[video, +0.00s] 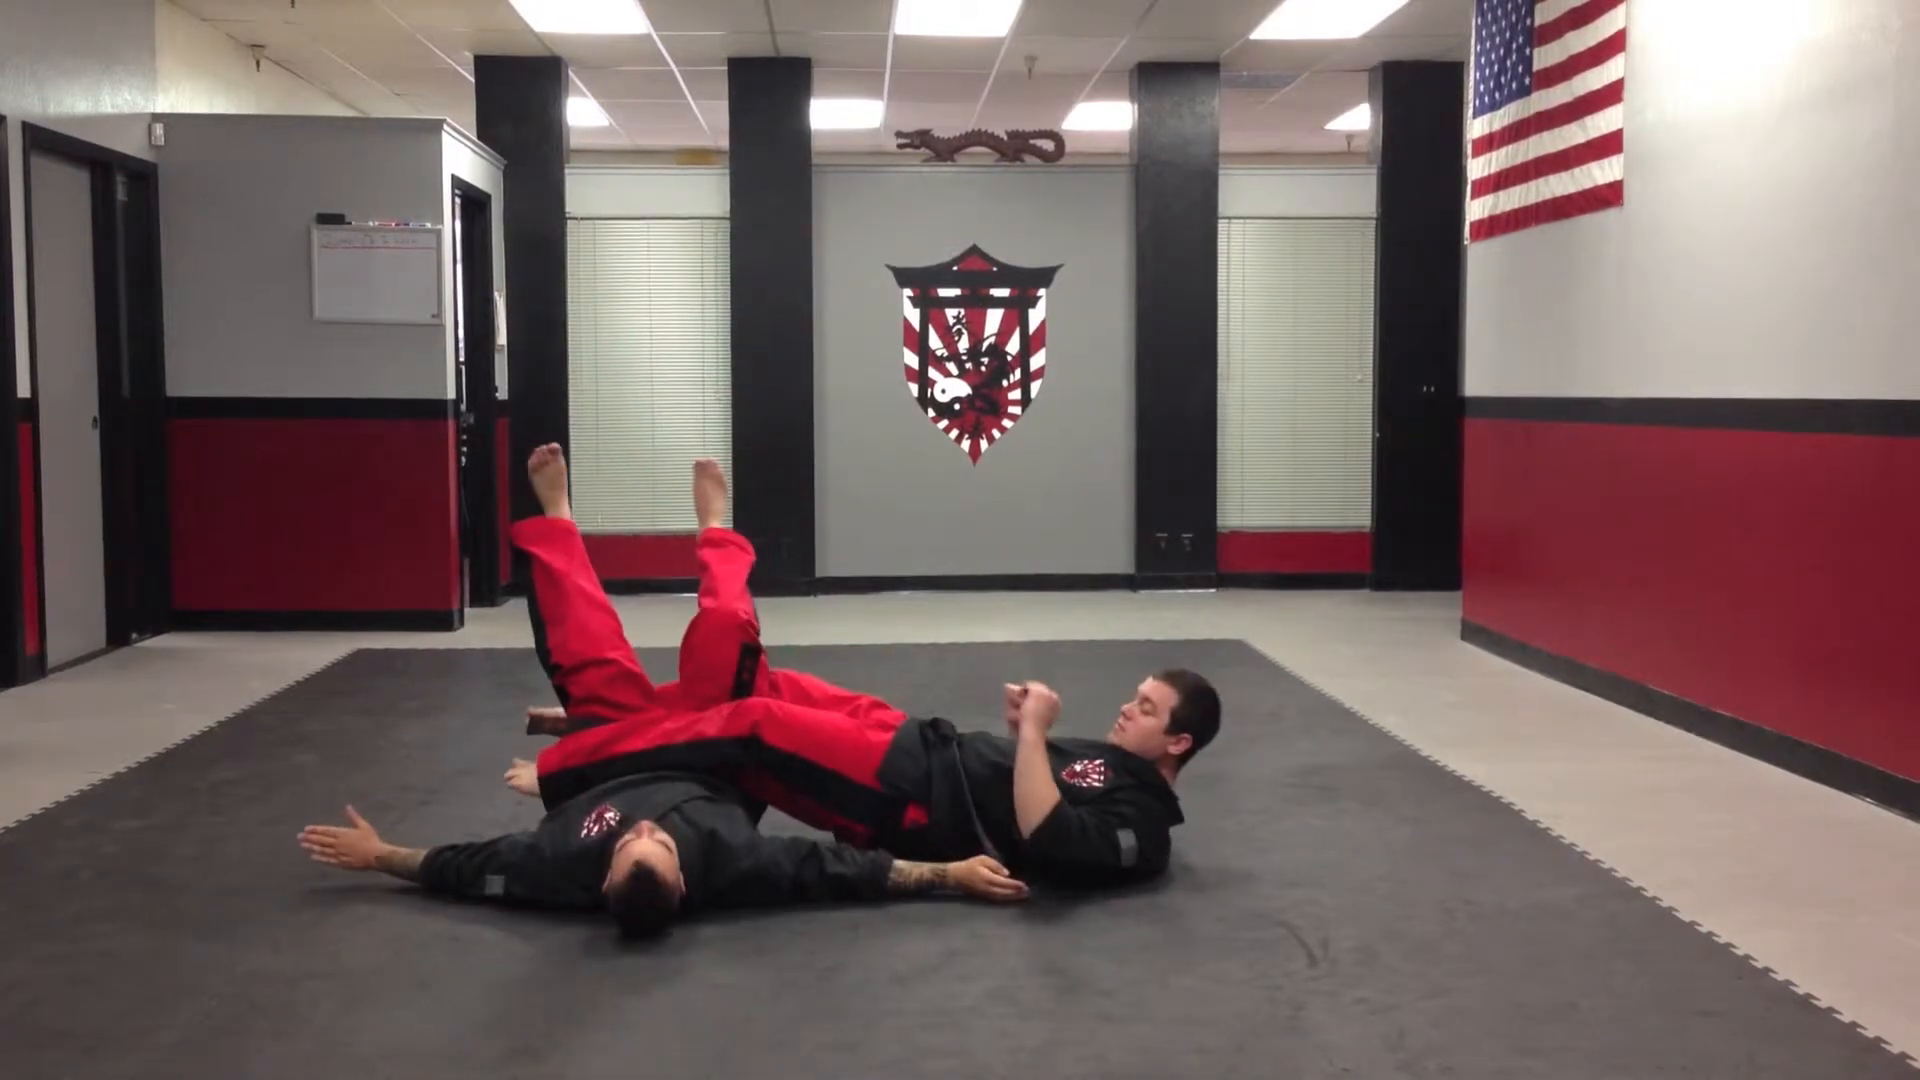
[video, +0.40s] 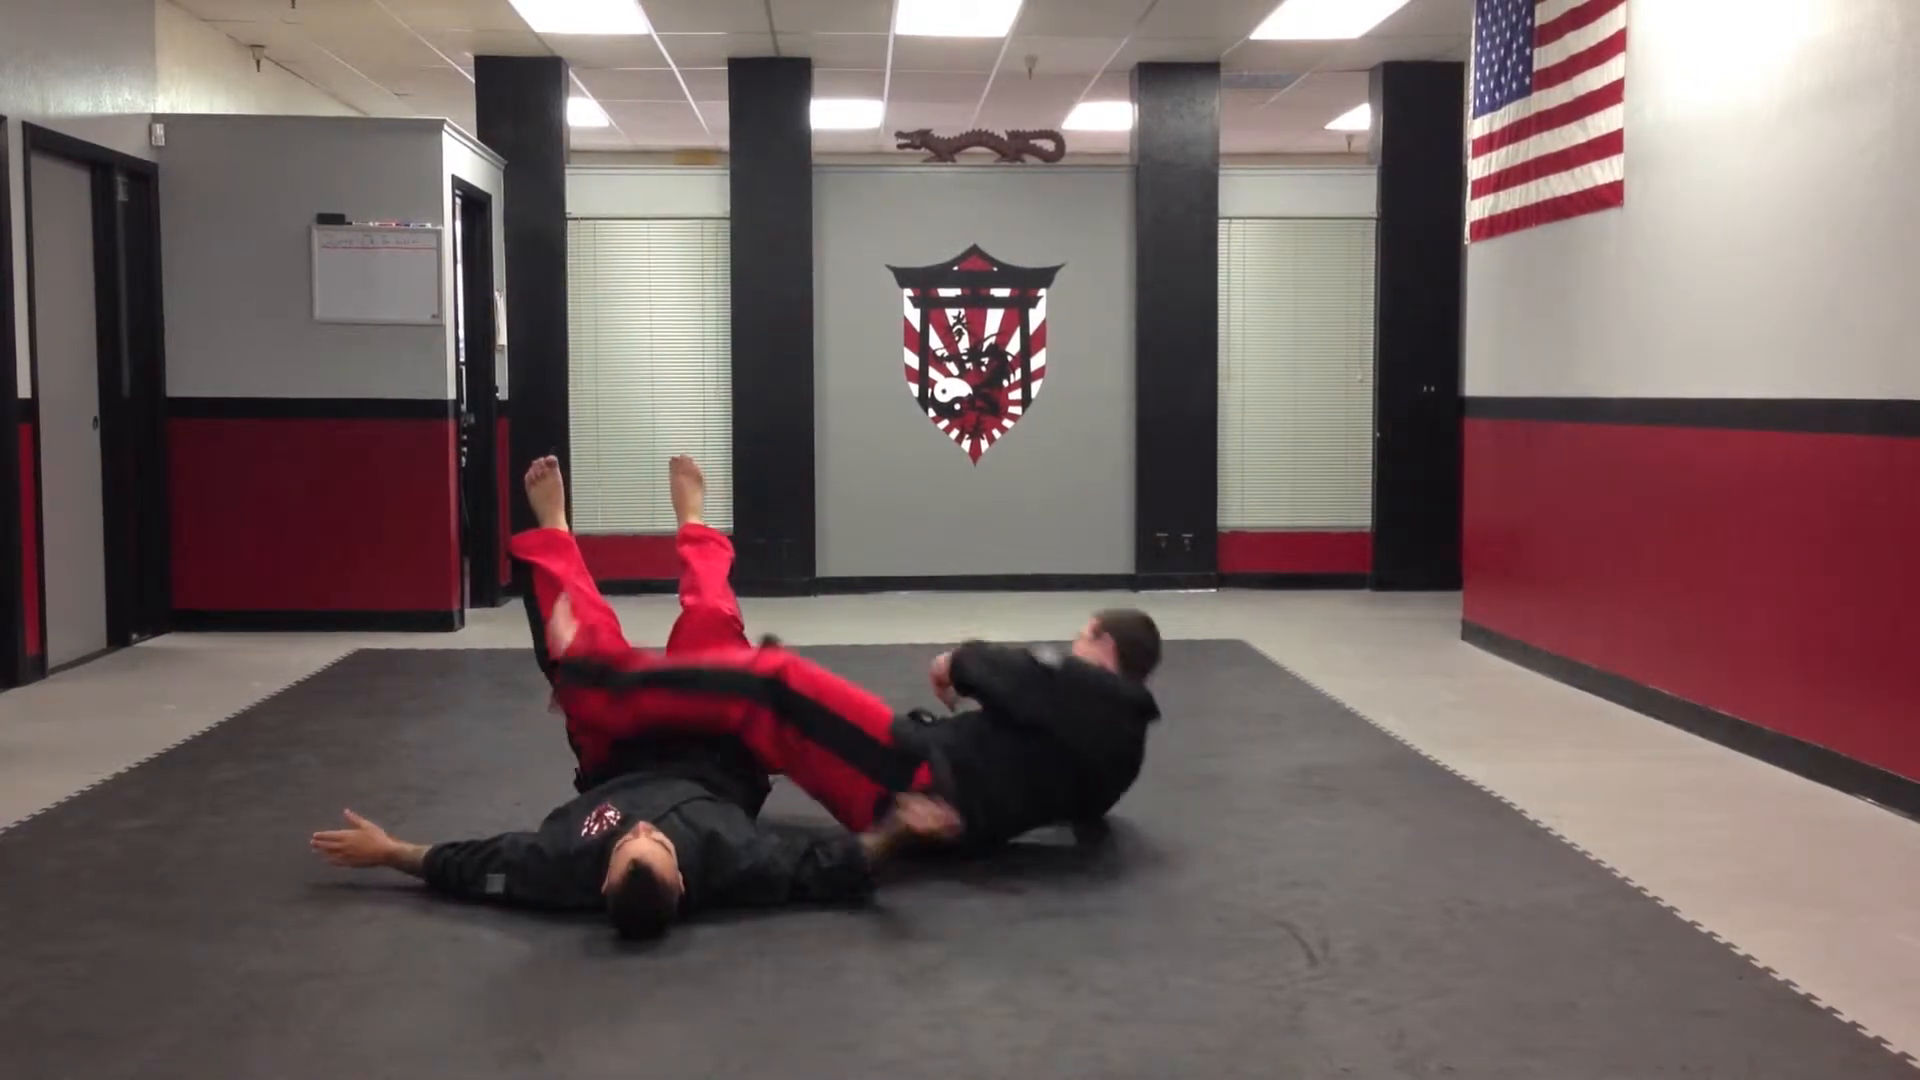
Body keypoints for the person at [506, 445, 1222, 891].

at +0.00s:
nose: (1127, 711)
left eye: (1147, 710)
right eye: (1134, 702)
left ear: (1178, 745)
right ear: (1138, 716)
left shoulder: (1142, 815)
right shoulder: (1104, 759)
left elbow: (1046, 841)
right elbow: (1025, 788)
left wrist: (1033, 737)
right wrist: (1025, 730)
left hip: (913, 785)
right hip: (908, 737)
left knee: (763, 714)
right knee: (768, 683)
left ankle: (570, 767)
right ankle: (601, 726)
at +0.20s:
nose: (1106, 686)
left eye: (1125, 684)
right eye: (1113, 678)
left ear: (1159, 713)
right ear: (1136, 704)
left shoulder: (1132, 754)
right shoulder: (1102, 745)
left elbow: (1080, 776)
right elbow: (1039, 768)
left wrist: (1000, 702)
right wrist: (986, 710)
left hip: (922, 783)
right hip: (916, 792)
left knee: (756, 720)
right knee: (751, 736)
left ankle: (556, 759)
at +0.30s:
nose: (1084, 666)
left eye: (1099, 660)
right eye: (1091, 656)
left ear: (1136, 685)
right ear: (1134, 687)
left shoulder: (1121, 730)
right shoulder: (1098, 738)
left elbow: (1050, 714)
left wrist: (971, 671)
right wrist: (974, 680)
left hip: (922, 781)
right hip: (913, 785)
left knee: (767, 706)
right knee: (748, 732)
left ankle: (571, 728)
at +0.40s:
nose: (1073, 646)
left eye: (1084, 638)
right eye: (1082, 637)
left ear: (1108, 650)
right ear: (1131, 663)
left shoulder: (1102, 702)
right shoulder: (1110, 726)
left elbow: (1016, 684)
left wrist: (964, 663)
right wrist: (978, 672)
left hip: (923, 777)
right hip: (925, 789)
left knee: (774, 678)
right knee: (770, 689)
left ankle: (585, 675)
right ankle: (599, 686)